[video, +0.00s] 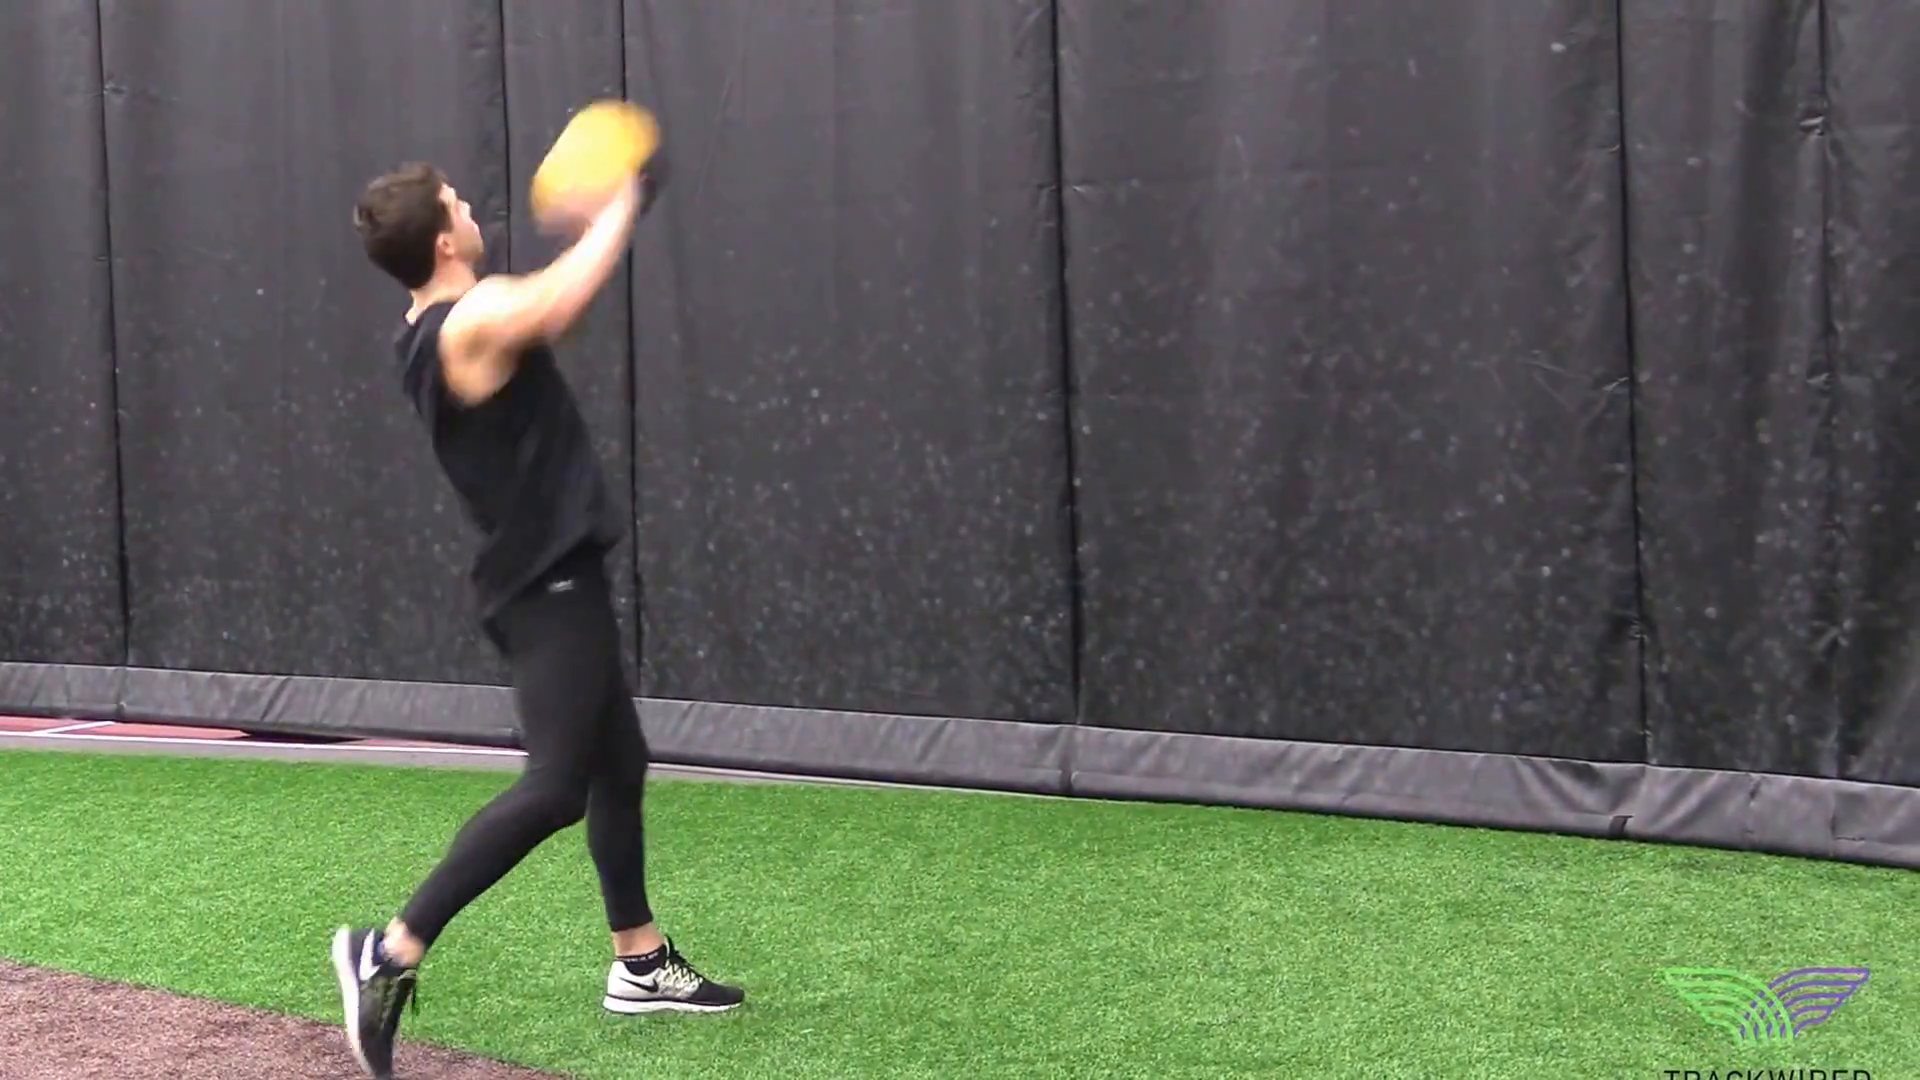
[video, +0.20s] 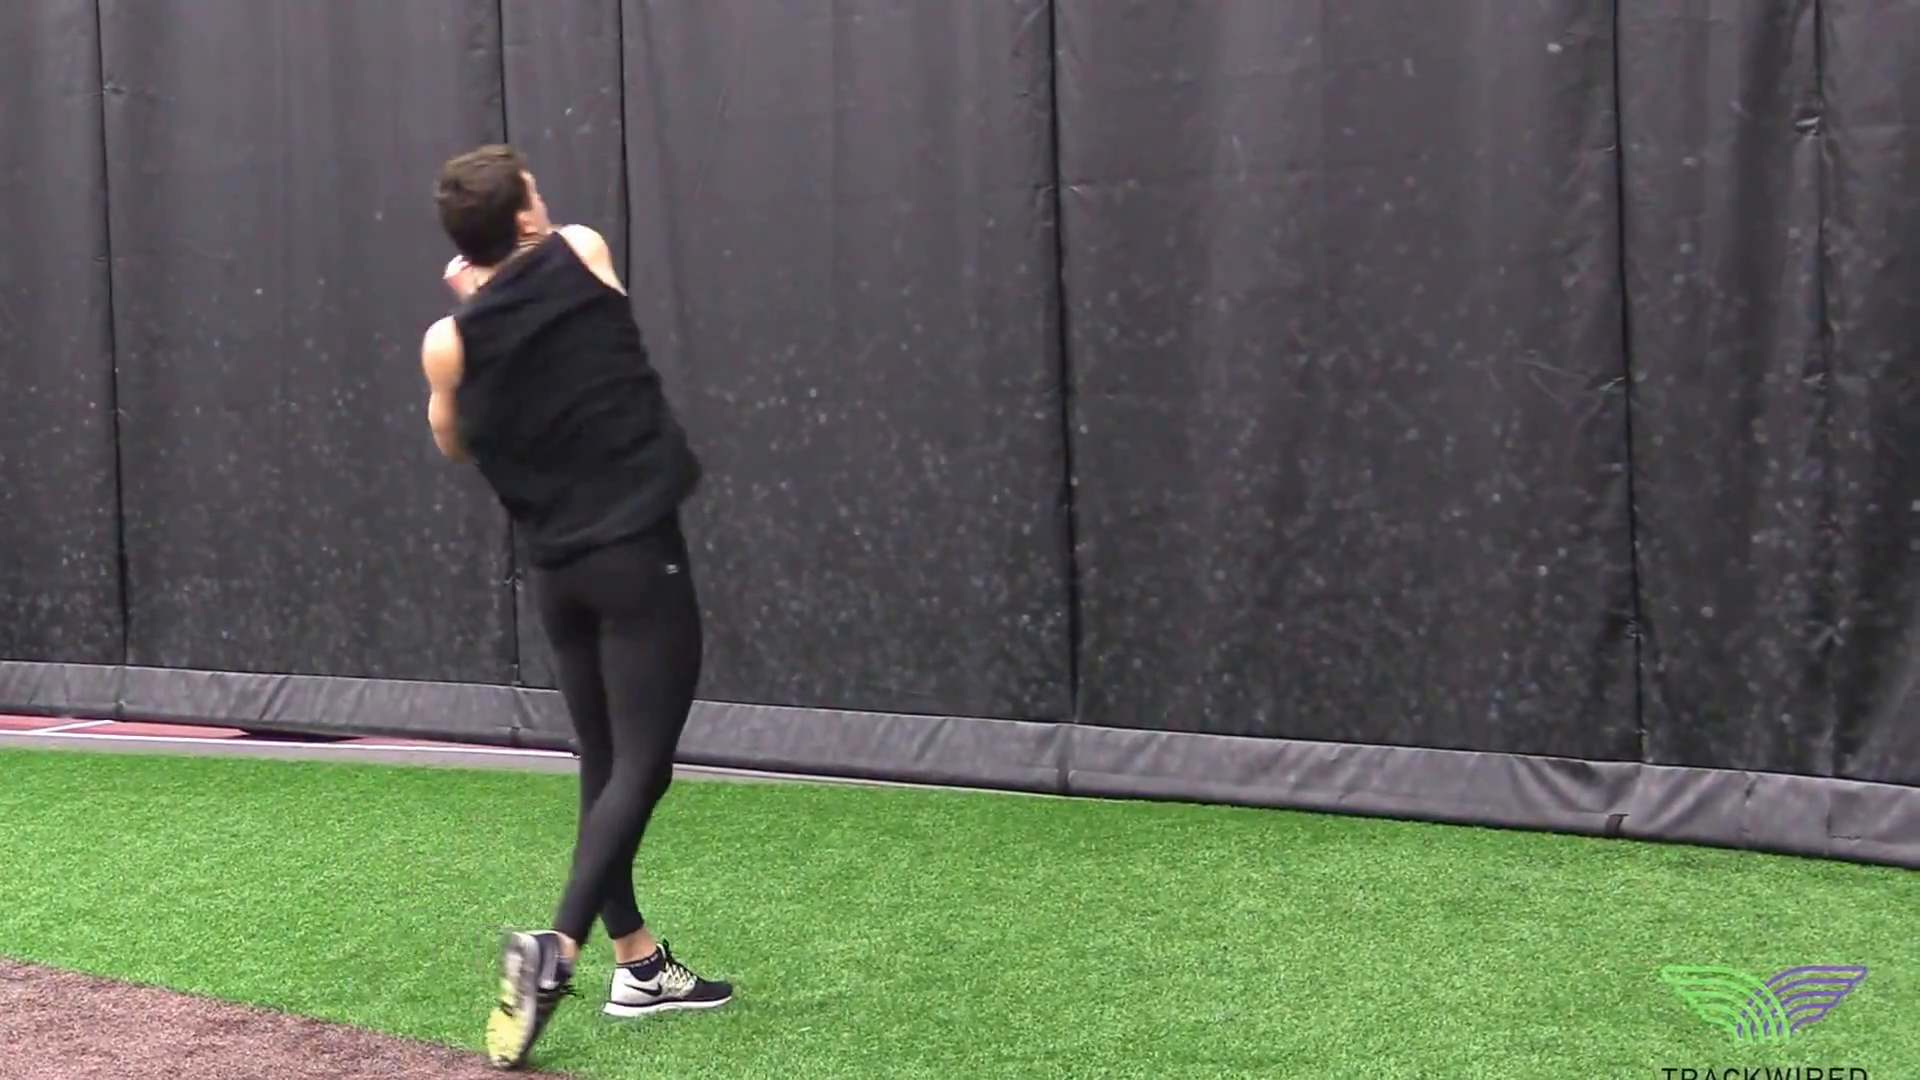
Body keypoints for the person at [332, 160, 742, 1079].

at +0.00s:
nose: (473, 212)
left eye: (461, 204)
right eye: (462, 207)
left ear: (420, 253)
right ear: (446, 239)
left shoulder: (441, 316)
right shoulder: (470, 319)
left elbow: (532, 300)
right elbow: (563, 298)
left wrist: (578, 228)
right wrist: (624, 207)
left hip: (560, 583)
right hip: (547, 589)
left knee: (620, 767)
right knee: (557, 786)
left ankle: (642, 962)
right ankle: (391, 954)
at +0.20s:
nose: (546, 199)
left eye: (530, 192)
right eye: (537, 193)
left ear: (458, 238)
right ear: (528, 212)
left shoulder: (449, 343)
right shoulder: (587, 256)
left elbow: (453, 442)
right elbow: (554, 286)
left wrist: (472, 324)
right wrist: (490, 285)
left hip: (556, 570)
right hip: (640, 557)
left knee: (601, 767)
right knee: (644, 765)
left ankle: (639, 964)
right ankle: (557, 945)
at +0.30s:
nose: (569, 185)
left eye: (555, 181)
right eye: (563, 182)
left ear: (487, 235)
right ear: (559, 210)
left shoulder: (489, 338)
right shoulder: (615, 263)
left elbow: (462, 463)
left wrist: (466, 352)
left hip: (578, 569)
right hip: (664, 558)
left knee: (610, 761)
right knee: (642, 760)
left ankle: (643, 962)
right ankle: (576, 942)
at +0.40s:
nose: (587, 185)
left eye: (574, 179)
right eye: (581, 181)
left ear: (505, 230)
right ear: (575, 208)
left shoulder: (507, 332)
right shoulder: (634, 262)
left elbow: (473, 468)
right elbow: (609, 386)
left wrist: (473, 366)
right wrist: (517, 475)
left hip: (578, 564)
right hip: (667, 558)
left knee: (614, 763)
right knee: (633, 764)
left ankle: (641, 962)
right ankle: (578, 945)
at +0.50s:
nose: (603, 186)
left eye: (590, 179)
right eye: (596, 181)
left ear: (517, 225)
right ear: (586, 206)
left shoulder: (504, 329)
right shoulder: (656, 270)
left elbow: (477, 466)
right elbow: (657, 363)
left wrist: (485, 378)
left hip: (569, 563)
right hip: (658, 559)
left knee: (611, 762)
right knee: (628, 766)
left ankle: (641, 959)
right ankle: (571, 948)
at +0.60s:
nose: (615, 186)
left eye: (605, 176)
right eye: (610, 178)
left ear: (531, 219)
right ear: (598, 203)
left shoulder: (500, 322)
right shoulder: (671, 268)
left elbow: (464, 450)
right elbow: (737, 281)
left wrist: (496, 382)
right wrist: (758, 291)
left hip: (562, 567)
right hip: (650, 565)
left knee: (611, 762)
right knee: (614, 766)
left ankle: (639, 959)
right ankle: (557, 948)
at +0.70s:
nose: (626, 186)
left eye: (615, 174)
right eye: (618, 177)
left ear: (542, 214)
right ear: (602, 200)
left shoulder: (501, 316)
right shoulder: (670, 266)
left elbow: (462, 427)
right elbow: (779, 240)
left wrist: (511, 362)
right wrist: (846, 213)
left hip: (553, 568)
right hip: (636, 565)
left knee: (606, 757)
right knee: (603, 762)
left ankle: (638, 958)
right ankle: (543, 949)